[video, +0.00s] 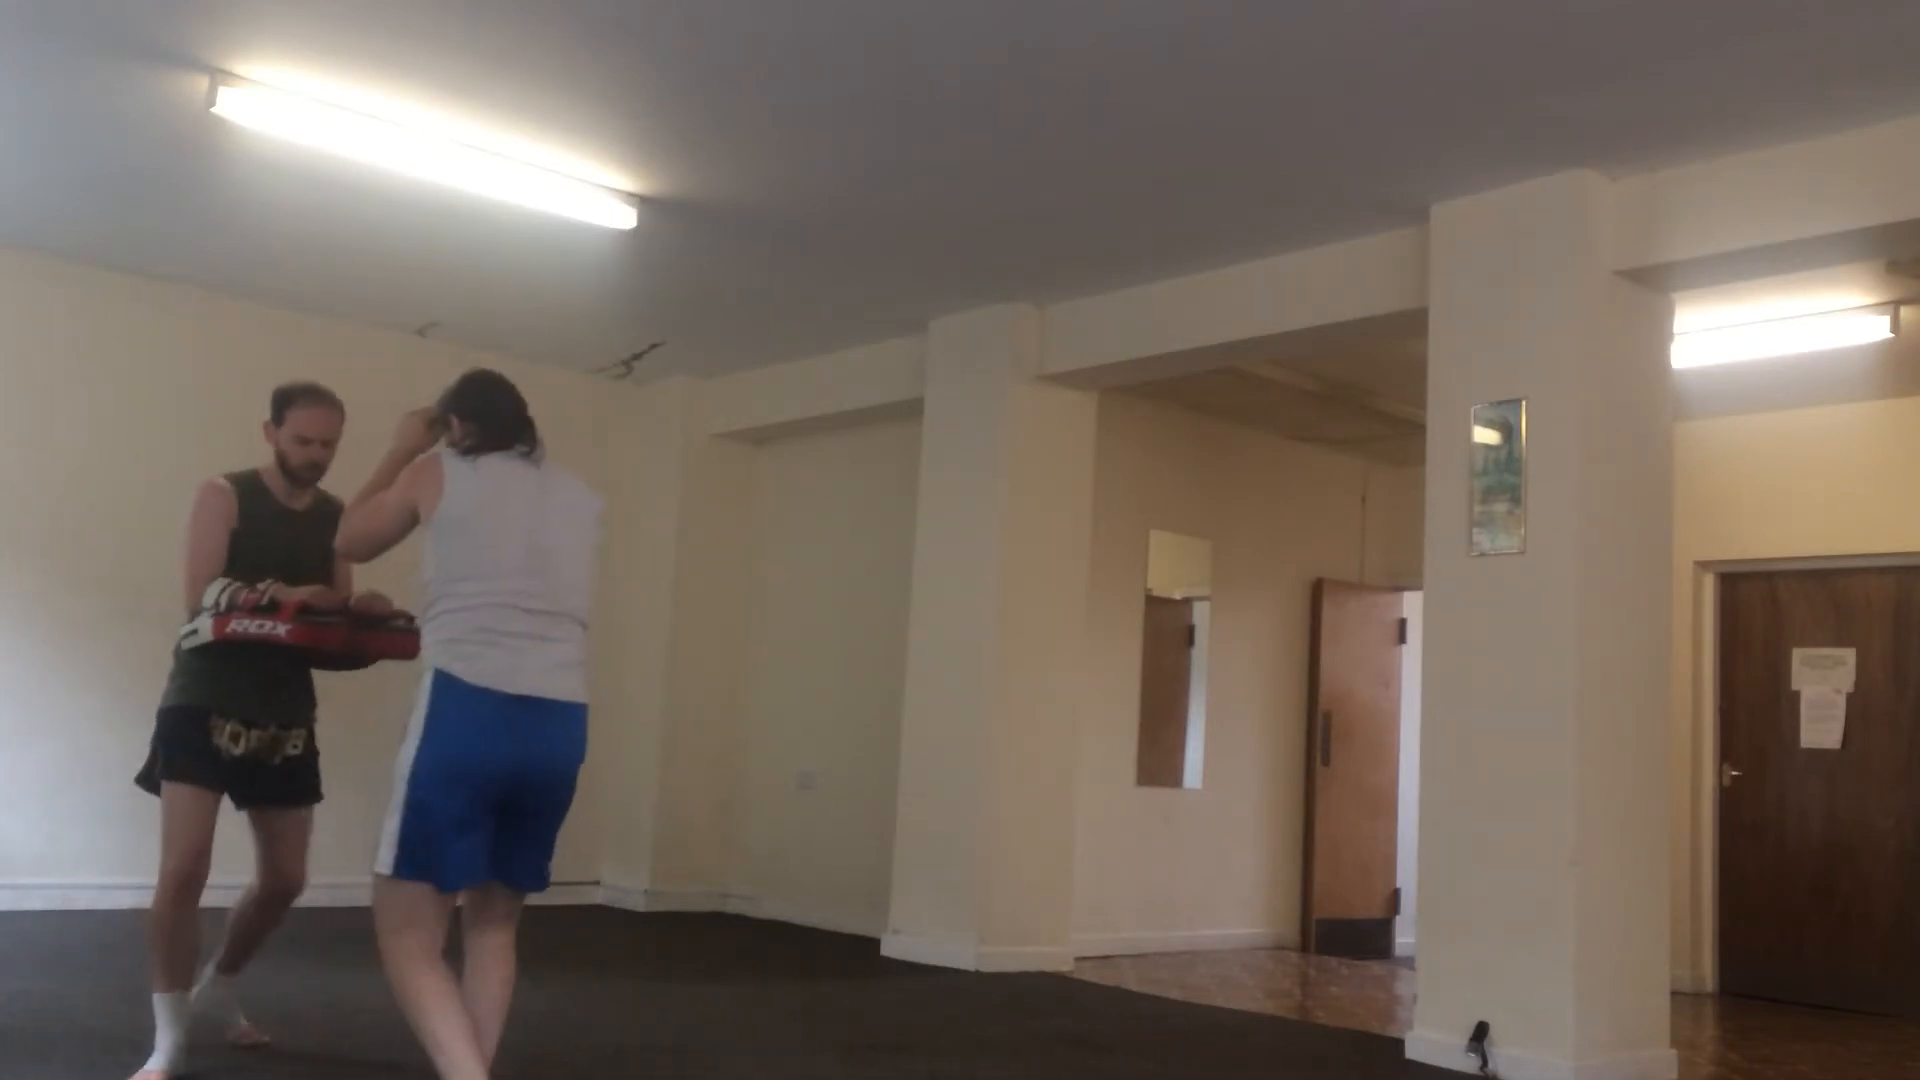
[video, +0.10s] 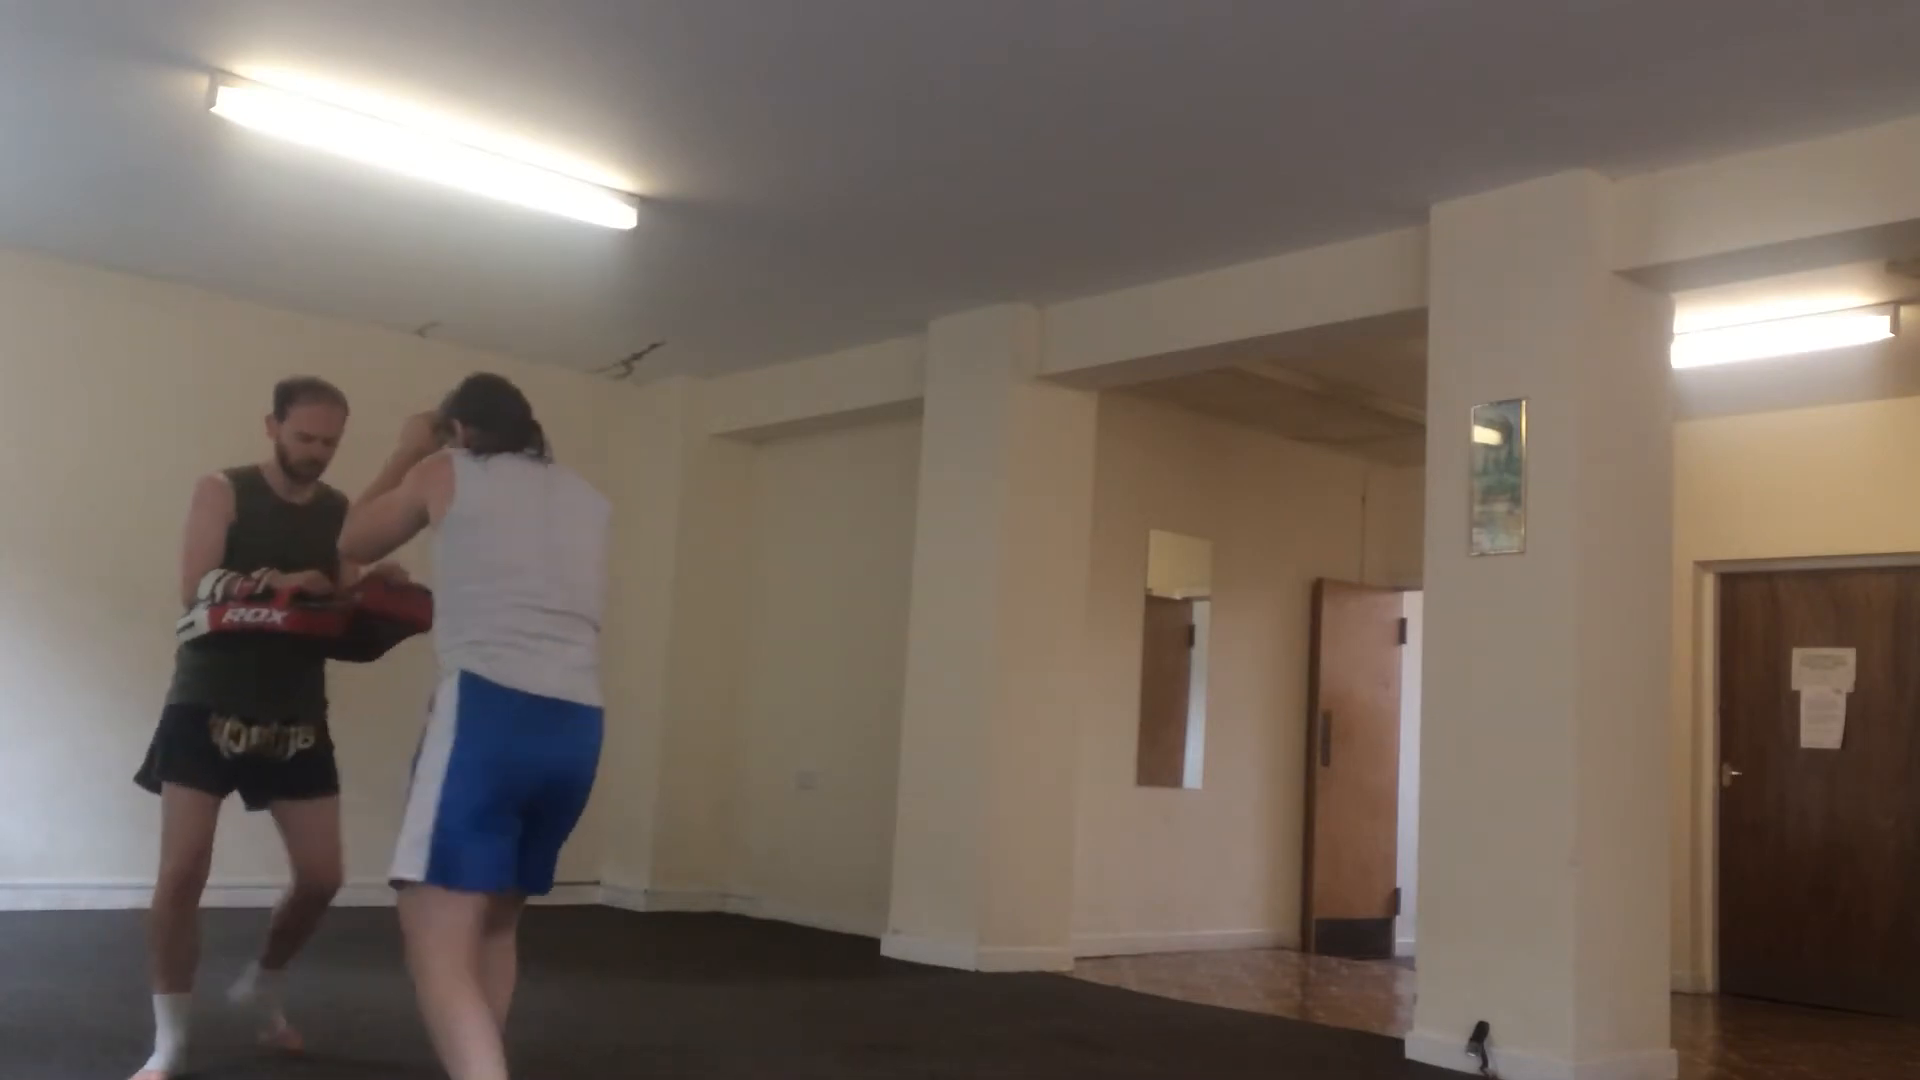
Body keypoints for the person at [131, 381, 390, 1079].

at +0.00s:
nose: (317, 455)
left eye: (329, 445)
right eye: (306, 441)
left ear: (337, 445)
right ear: (271, 432)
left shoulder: (334, 516)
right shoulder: (224, 497)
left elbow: (333, 615)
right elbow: (202, 597)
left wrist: (366, 612)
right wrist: (297, 597)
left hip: (284, 708)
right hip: (205, 702)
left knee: (285, 878)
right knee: (184, 869)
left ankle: (216, 989)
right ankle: (168, 1039)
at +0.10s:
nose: (320, 452)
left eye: (331, 442)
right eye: (309, 437)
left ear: (340, 441)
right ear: (272, 427)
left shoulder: (339, 512)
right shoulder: (222, 493)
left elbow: (339, 601)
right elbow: (198, 593)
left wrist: (379, 588)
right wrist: (295, 584)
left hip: (295, 712)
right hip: (208, 707)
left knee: (321, 880)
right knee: (182, 874)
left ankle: (258, 990)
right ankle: (169, 1040)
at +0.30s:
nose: (344, 456)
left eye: (356, 447)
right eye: (335, 440)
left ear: (364, 445)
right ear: (299, 425)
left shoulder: (362, 510)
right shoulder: (237, 493)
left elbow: (408, 587)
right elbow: (207, 603)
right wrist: (291, 570)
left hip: (323, 718)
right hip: (230, 713)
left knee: (367, 880)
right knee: (170, 879)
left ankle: (392, 1046)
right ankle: (174, 1043)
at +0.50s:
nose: (375, 455)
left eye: (388, 444)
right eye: (364, 440)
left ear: (405, 441)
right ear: (335, 431)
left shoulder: (403, 506)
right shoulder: (288, 499)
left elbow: (472, 583)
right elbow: (225, 585)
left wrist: (465, 498)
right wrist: (236, 625)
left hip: (386, 726)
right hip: (294, 722)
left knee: (427, 878)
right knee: (215, 886)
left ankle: (398, 1050)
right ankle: (151, 1027)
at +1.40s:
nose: (341, 454)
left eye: (353, 439)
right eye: (326, 442)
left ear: (380, 429)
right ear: (307, 441)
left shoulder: (413, 505)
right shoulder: (290, 499)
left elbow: (393, 580)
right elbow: (259, 581)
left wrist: (380, 506)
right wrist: (232, 528)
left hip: (369, 715)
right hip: (281, 711)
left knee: (388, 879)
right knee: (218, 874)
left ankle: (442, 1040)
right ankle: (207, 1040)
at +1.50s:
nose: (339, 456)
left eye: (349, 440)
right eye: (324, 445)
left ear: (378, 426)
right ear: (307, 440)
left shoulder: (411, 499)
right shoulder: (300, 502)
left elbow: (396, 581)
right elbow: (256, 585)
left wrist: (347, 513)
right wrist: (231, 521)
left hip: (363, 723)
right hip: (284, 715)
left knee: (361, 884)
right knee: (220, 872)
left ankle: (448, 1030)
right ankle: (208, 1038)